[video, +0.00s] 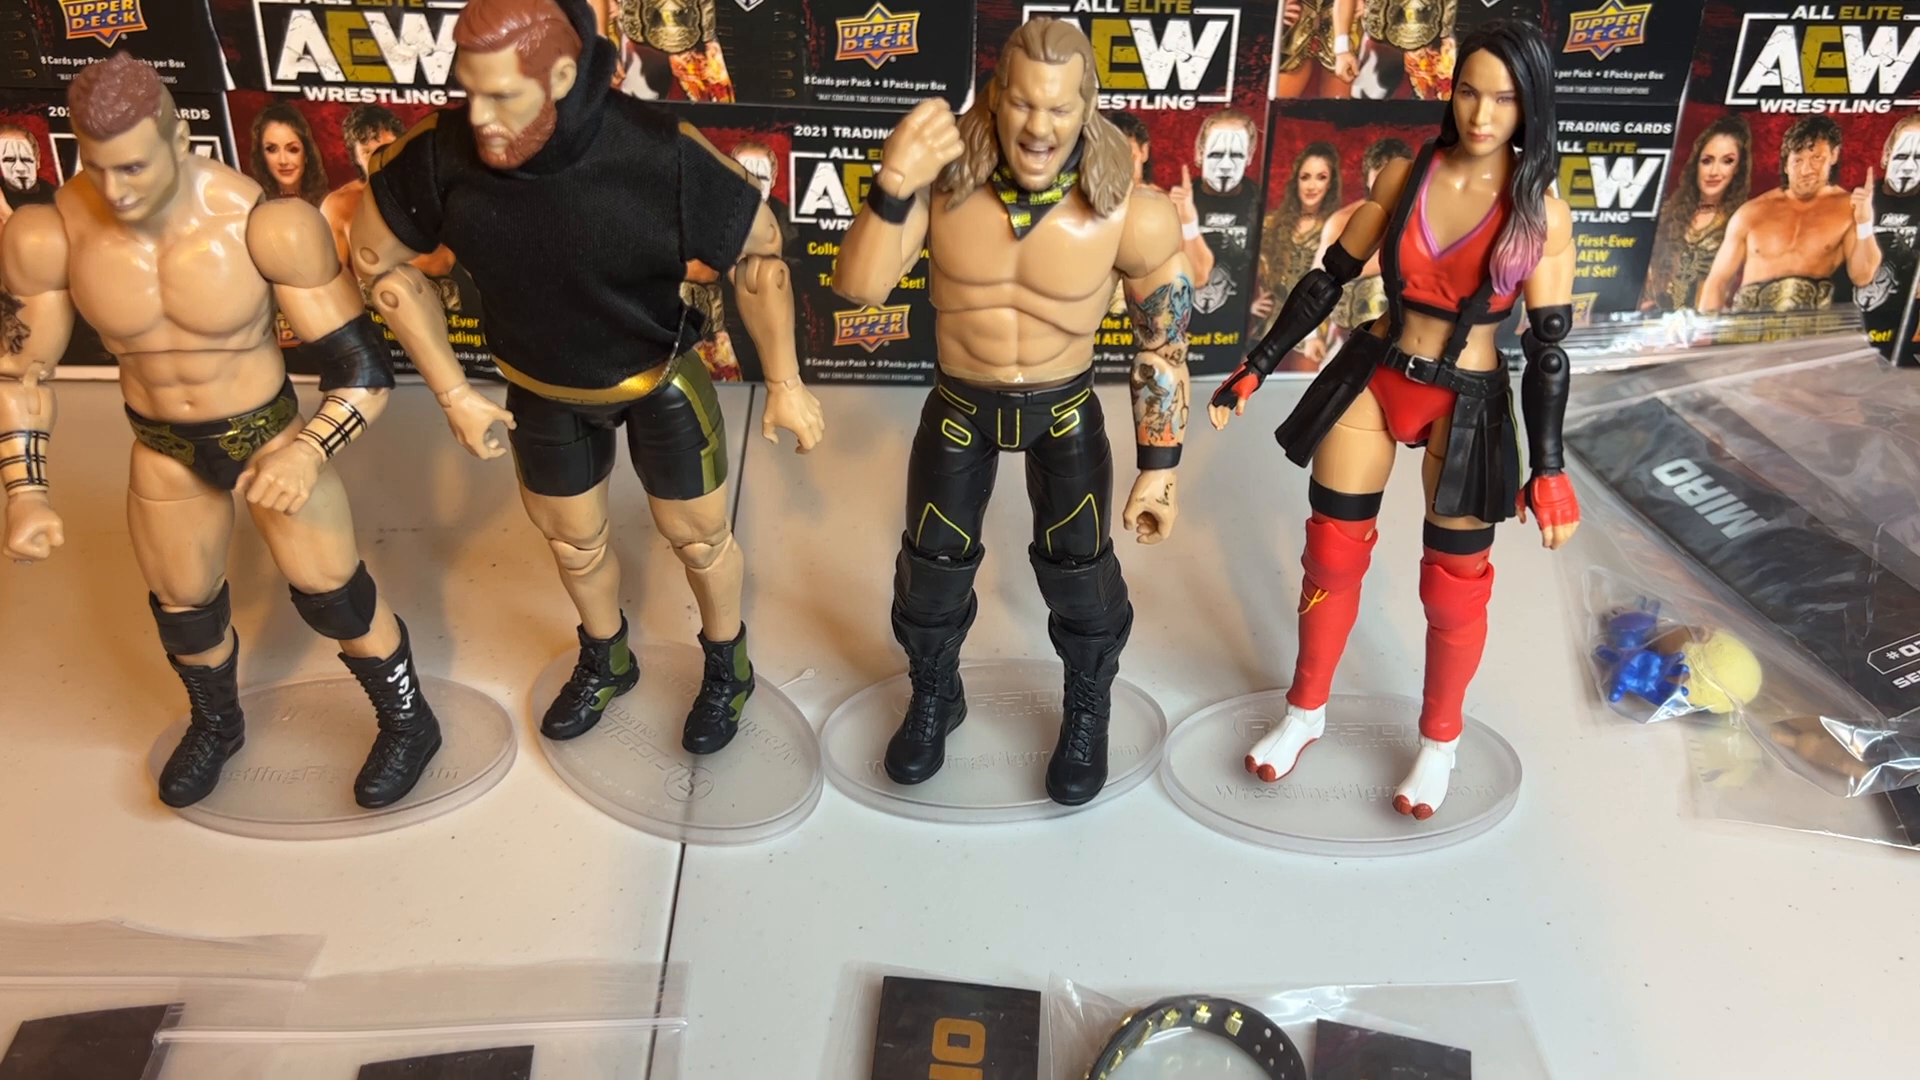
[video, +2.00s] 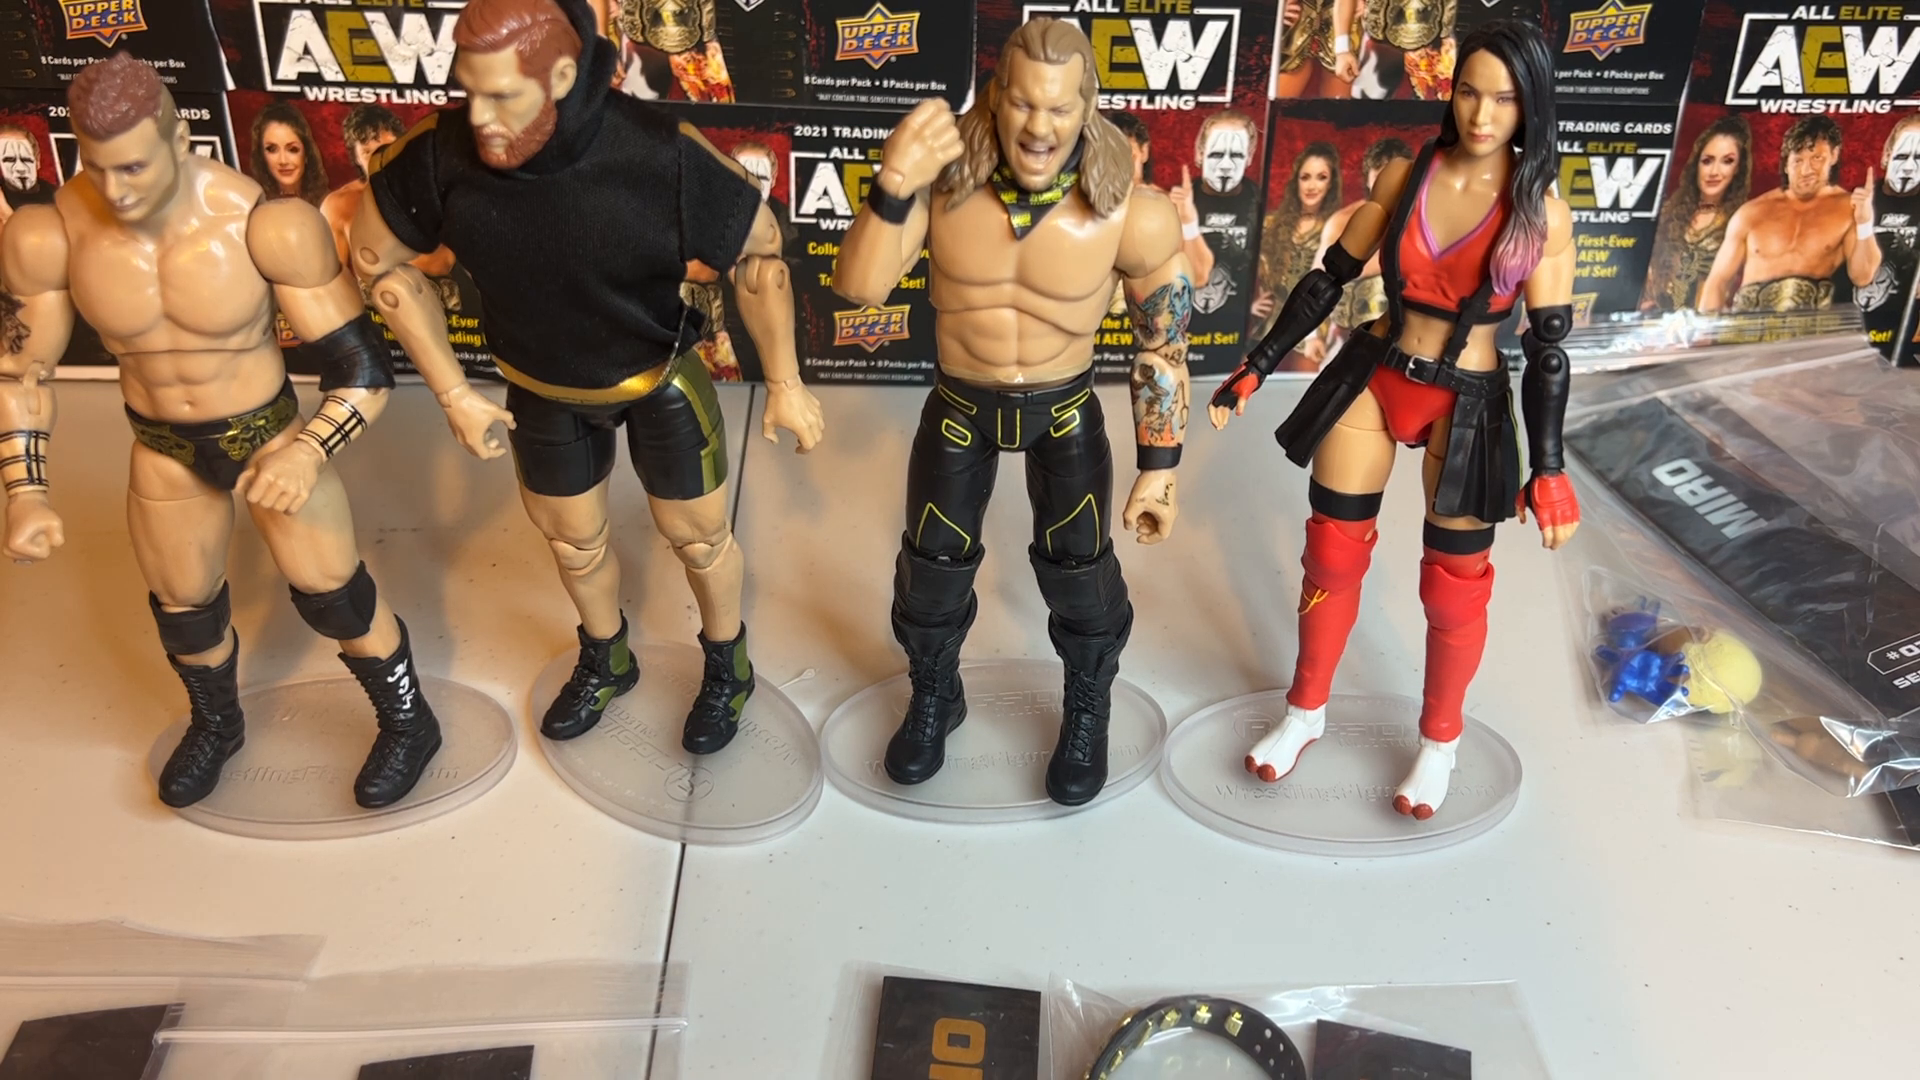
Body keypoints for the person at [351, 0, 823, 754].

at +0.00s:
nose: (481, 119)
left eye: (503, 96)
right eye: (468, 95)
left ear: (563, 76)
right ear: (457, 81)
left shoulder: (653, 155)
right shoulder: (442, 160)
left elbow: (757, 245)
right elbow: (372, 251)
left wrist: (784, 381)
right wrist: (452, 392)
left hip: (661, 382)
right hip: (542, 394)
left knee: (700, 540)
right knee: (575, 546)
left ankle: (726, 665)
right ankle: (607, 660)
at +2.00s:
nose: (481, 119)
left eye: (503, 96)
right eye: (468, 95)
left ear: (564, 76)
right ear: (457, 81)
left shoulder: (653, 155)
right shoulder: (442, 159)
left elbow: (757, 246)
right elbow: (373, 252)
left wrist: (784, 382)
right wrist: (453, 392)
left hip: (661, 381)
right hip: (542, 394)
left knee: (700, 540)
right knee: (575, 545)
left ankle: (726, 667)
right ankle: (607, 661)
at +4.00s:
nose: (481, 119)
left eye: (503, 96)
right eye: (468, 95)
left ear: (563, 76)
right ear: (457, 81)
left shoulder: (653, 156)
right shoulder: (443, 159)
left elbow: (757, 247)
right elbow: (372, 251)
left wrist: (784, 381)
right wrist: (452, 392)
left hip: (661, 383)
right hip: (543, 395)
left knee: (700, 540)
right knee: (575, 546)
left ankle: (726, 666)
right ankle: (607, 660)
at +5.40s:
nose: (482, 118)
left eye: (503, 96)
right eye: (469, 95)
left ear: (564, 76)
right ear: (457, 81)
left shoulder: (654, 155)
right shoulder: (443, 159)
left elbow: (758, 247)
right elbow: (372, 252)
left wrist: (785, 381)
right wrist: (453, 392)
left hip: (662, 381)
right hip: (544, 393)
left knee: (700, 539)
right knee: (576, 546)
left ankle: (726, 666)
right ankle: (607, 660)